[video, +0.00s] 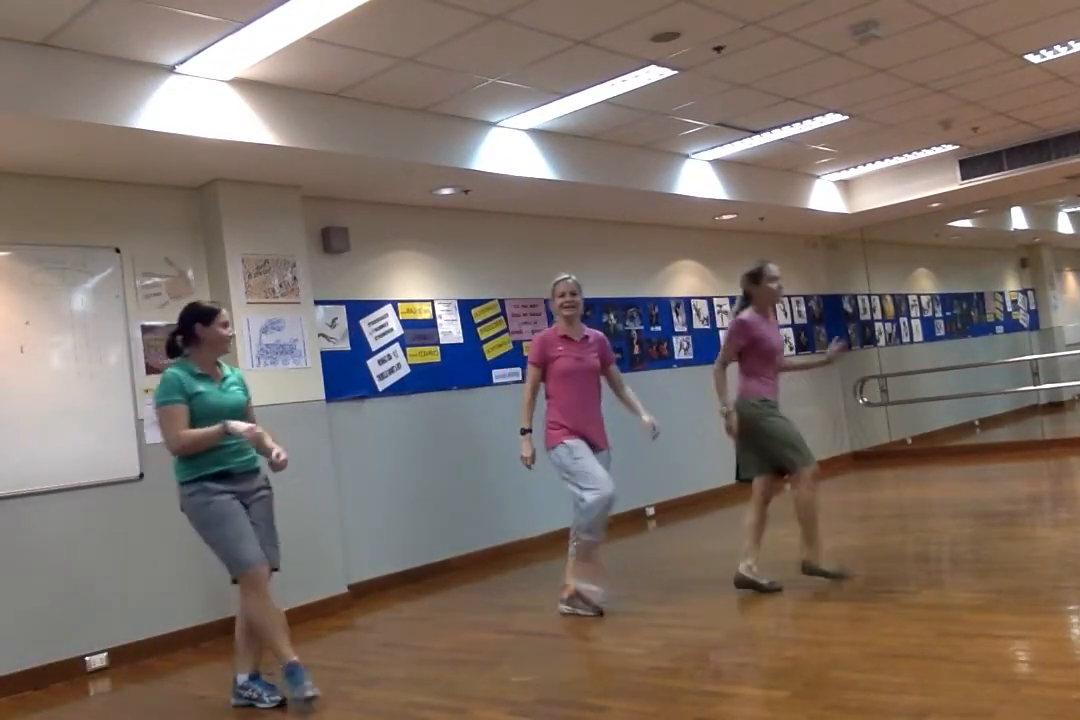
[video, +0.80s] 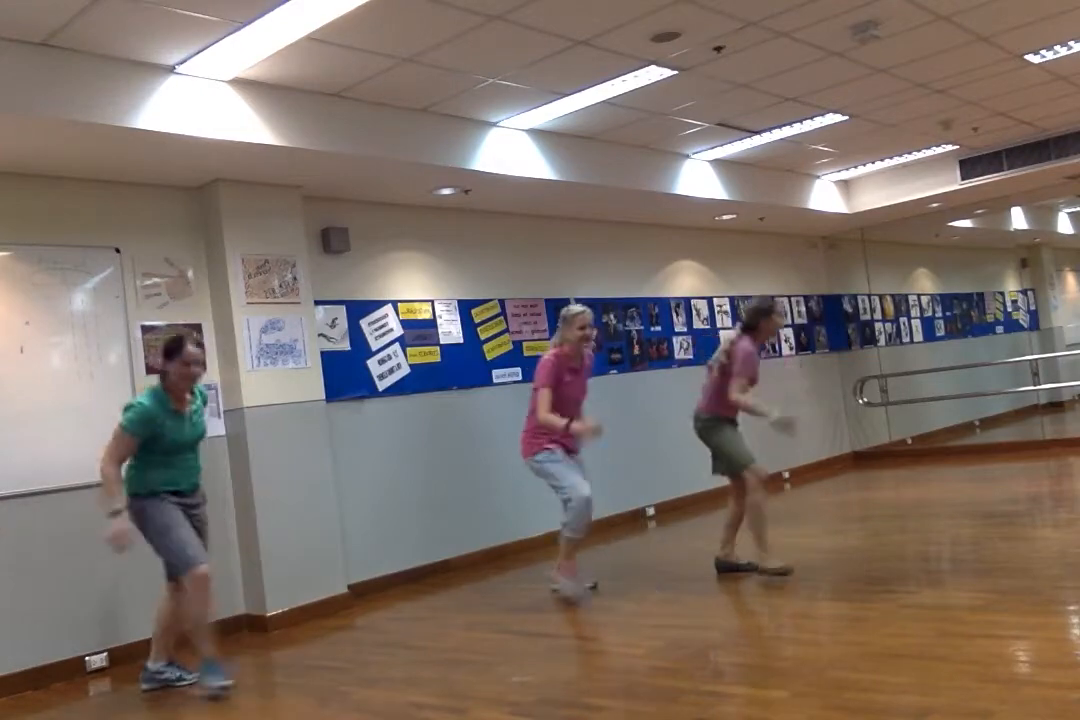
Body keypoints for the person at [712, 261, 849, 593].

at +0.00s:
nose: (780, 287)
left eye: (780, 281)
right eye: (773, 281)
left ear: (774, 287)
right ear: (753, 287)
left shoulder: (770, 321)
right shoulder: (743, 322)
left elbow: (779, 364)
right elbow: (720, 366)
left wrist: (825, 358)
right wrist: (725, 408)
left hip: (764, 407)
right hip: (753, 408)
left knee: (763, 489)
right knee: (805, 470)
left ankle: (747, 567)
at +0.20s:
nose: (816, 303)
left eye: (814, 298)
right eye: (810, 299)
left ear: (795, 305)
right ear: (791, 304)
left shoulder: (794, 336)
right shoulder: (771, 339)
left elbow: (794, 377)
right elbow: (752, 387)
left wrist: (826, 397)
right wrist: (771, 421)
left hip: (775, 413)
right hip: (768, 415)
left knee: (787, 494)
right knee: (813, 483)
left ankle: (750, 557)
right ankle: (821, 561)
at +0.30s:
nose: (829, 313)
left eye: (828, 307)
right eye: (824, 307)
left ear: (805, 311)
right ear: (807, 311)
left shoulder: (780, 336)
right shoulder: (787, 343)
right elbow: (777, 393)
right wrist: (814, 414)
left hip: (756, 416)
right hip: (764, 418)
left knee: (788, 490)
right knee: (812, 482)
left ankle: (744, 549)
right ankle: (821, 561)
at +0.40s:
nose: (830, 317)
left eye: (829, 311)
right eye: (827, 311)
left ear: (803, 314)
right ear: (812, 313)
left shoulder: (771, 330)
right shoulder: (794, 343)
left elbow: (737, 355)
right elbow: (796, 389)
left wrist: (715, 389)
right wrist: (840, 388)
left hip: (742, 414)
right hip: (756, 416)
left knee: (774, 484)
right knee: (802, 480)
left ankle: (734, 547)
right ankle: (820, 561)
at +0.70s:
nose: (798, 336)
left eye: (797, 330)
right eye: (794, 331)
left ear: (774, 330)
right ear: (779, 332)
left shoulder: (746, 335)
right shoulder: (765, 356)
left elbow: (701, 344)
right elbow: (777, 392)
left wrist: (680, 369)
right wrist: (812, 378)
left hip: (717, 424)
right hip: (724, 428)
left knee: (746, 497)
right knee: (765, 492)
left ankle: (726, 556)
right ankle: (808, 559)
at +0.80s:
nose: (778, 329)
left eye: (778, 323)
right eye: (775, 323)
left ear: (759, 322)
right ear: (761, 322)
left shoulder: (741, 343)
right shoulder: (745, 349)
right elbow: (735, 395)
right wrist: (771, 413)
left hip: (720, 420)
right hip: (714, 421)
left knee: (741, 491)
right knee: (754, 478)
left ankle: (725, 556)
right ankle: (765, 558)